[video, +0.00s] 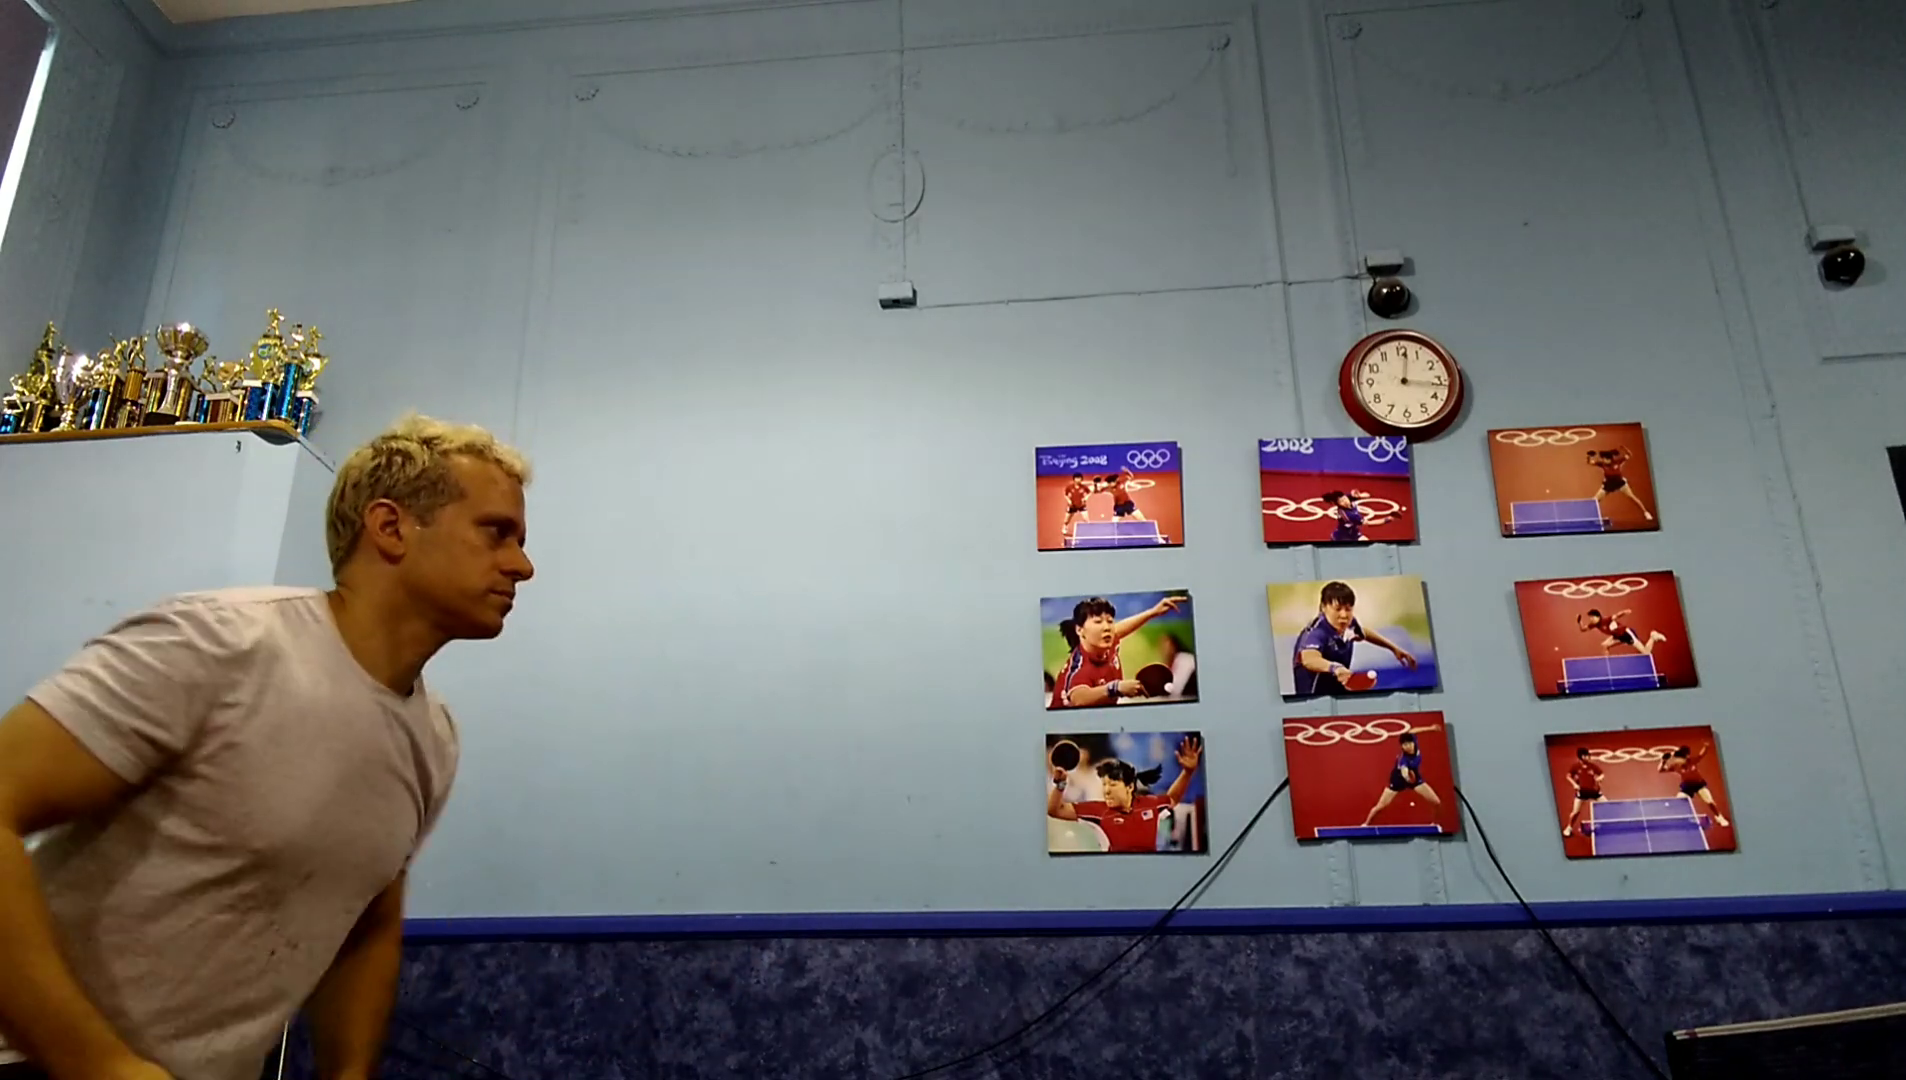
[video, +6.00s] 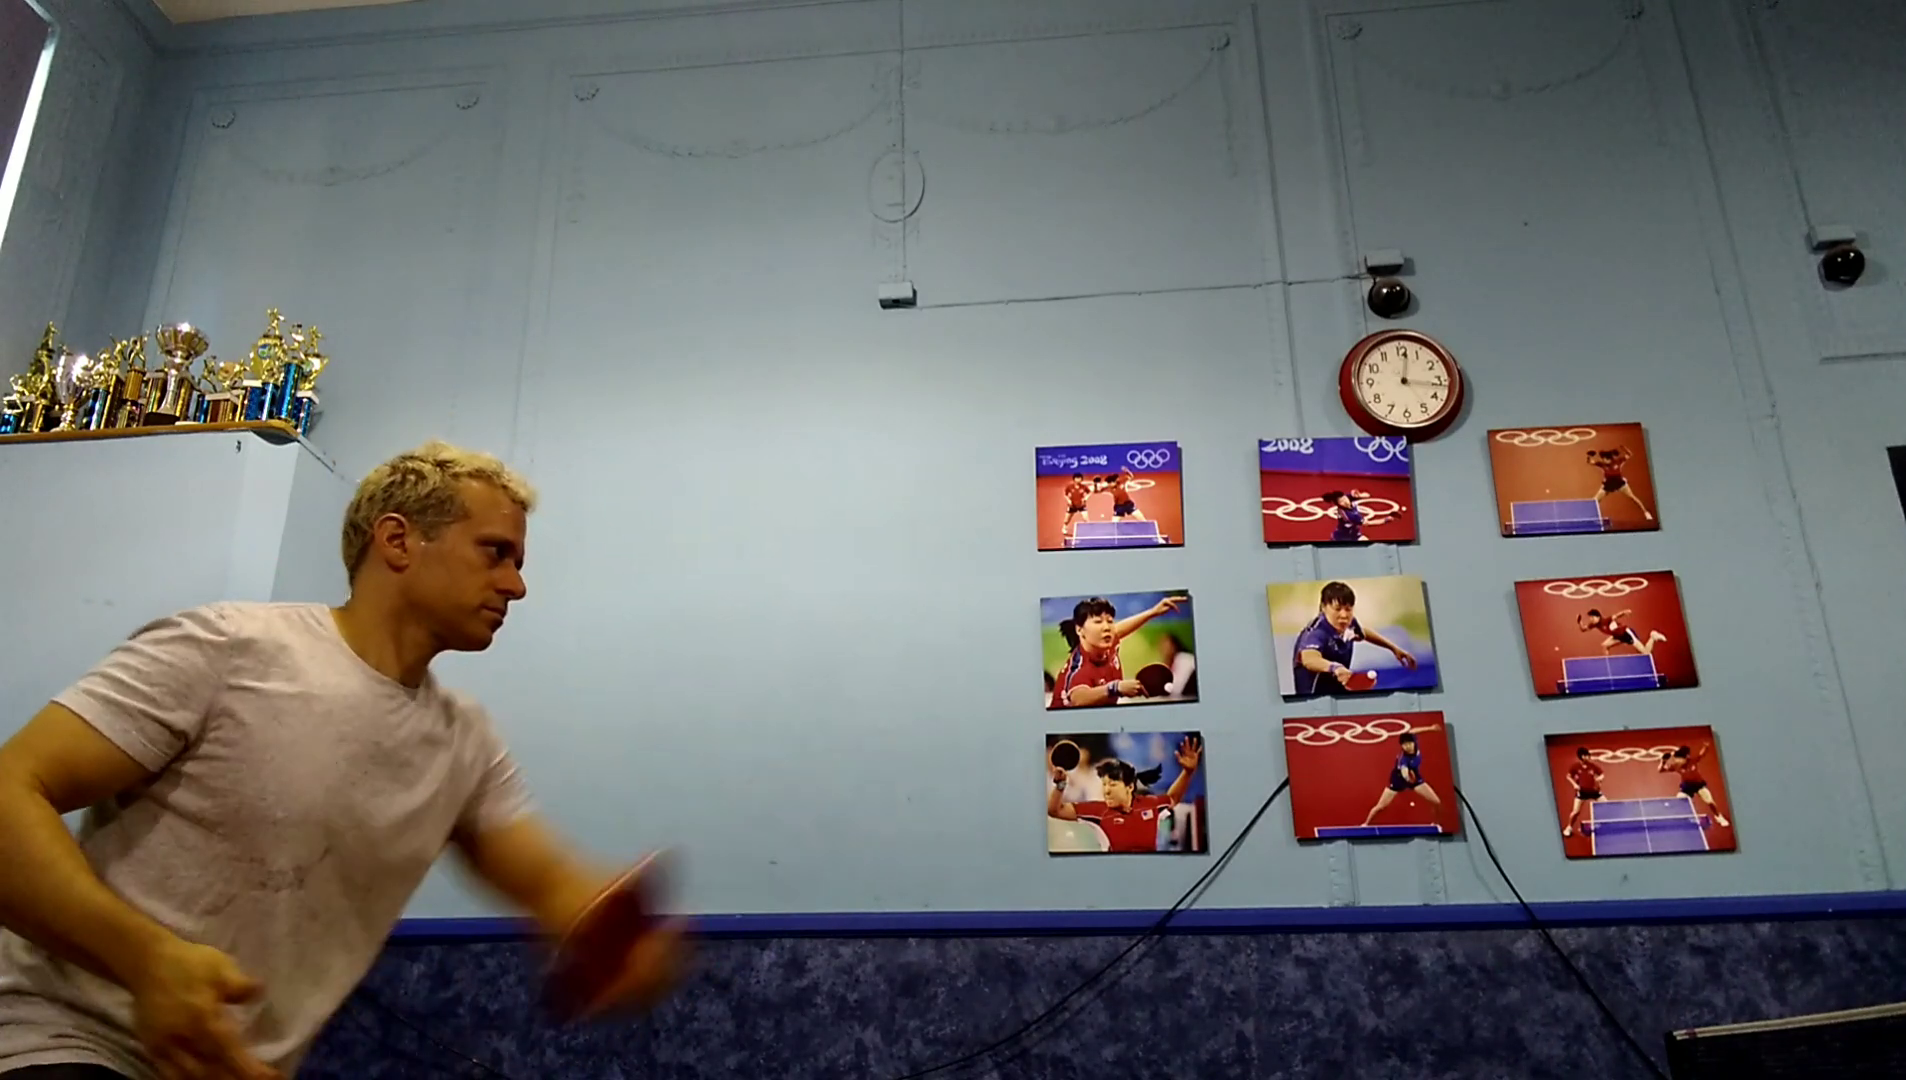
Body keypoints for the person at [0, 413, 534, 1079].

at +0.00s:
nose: (524, 565)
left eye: (520, 541)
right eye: (498, 533)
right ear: (391, 530)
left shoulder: (430, 740)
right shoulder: (221, 644)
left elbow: (368, 929)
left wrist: (349, 1066)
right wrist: (92, 1054)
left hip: (230, 1064)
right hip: (51, 1050)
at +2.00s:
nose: (493, 571)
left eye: (497, 546)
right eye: (471, 537)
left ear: (385, 534)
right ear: (363, 522)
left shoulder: (469, 697)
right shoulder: (156, 640)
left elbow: (685, 727)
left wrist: (898, 731)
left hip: (229, 1067)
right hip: (45, 1027)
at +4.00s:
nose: (516, 570)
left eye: (520, 546)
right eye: (495, 536)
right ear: (393, 519)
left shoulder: (466, 700)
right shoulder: (178, 621)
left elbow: (640, 762)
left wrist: (802, 753)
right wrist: (4, 936)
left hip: (227, 1067)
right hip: (44, 1031)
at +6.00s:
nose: (519, 584)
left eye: (519, 562)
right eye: (497, 553)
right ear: (398, 543)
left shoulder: (463, 744)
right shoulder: (225, 648)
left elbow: (547, 877)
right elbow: (9, 792)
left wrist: (614, 931)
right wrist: (142, 956)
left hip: (247, 1064)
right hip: (68, 1025)